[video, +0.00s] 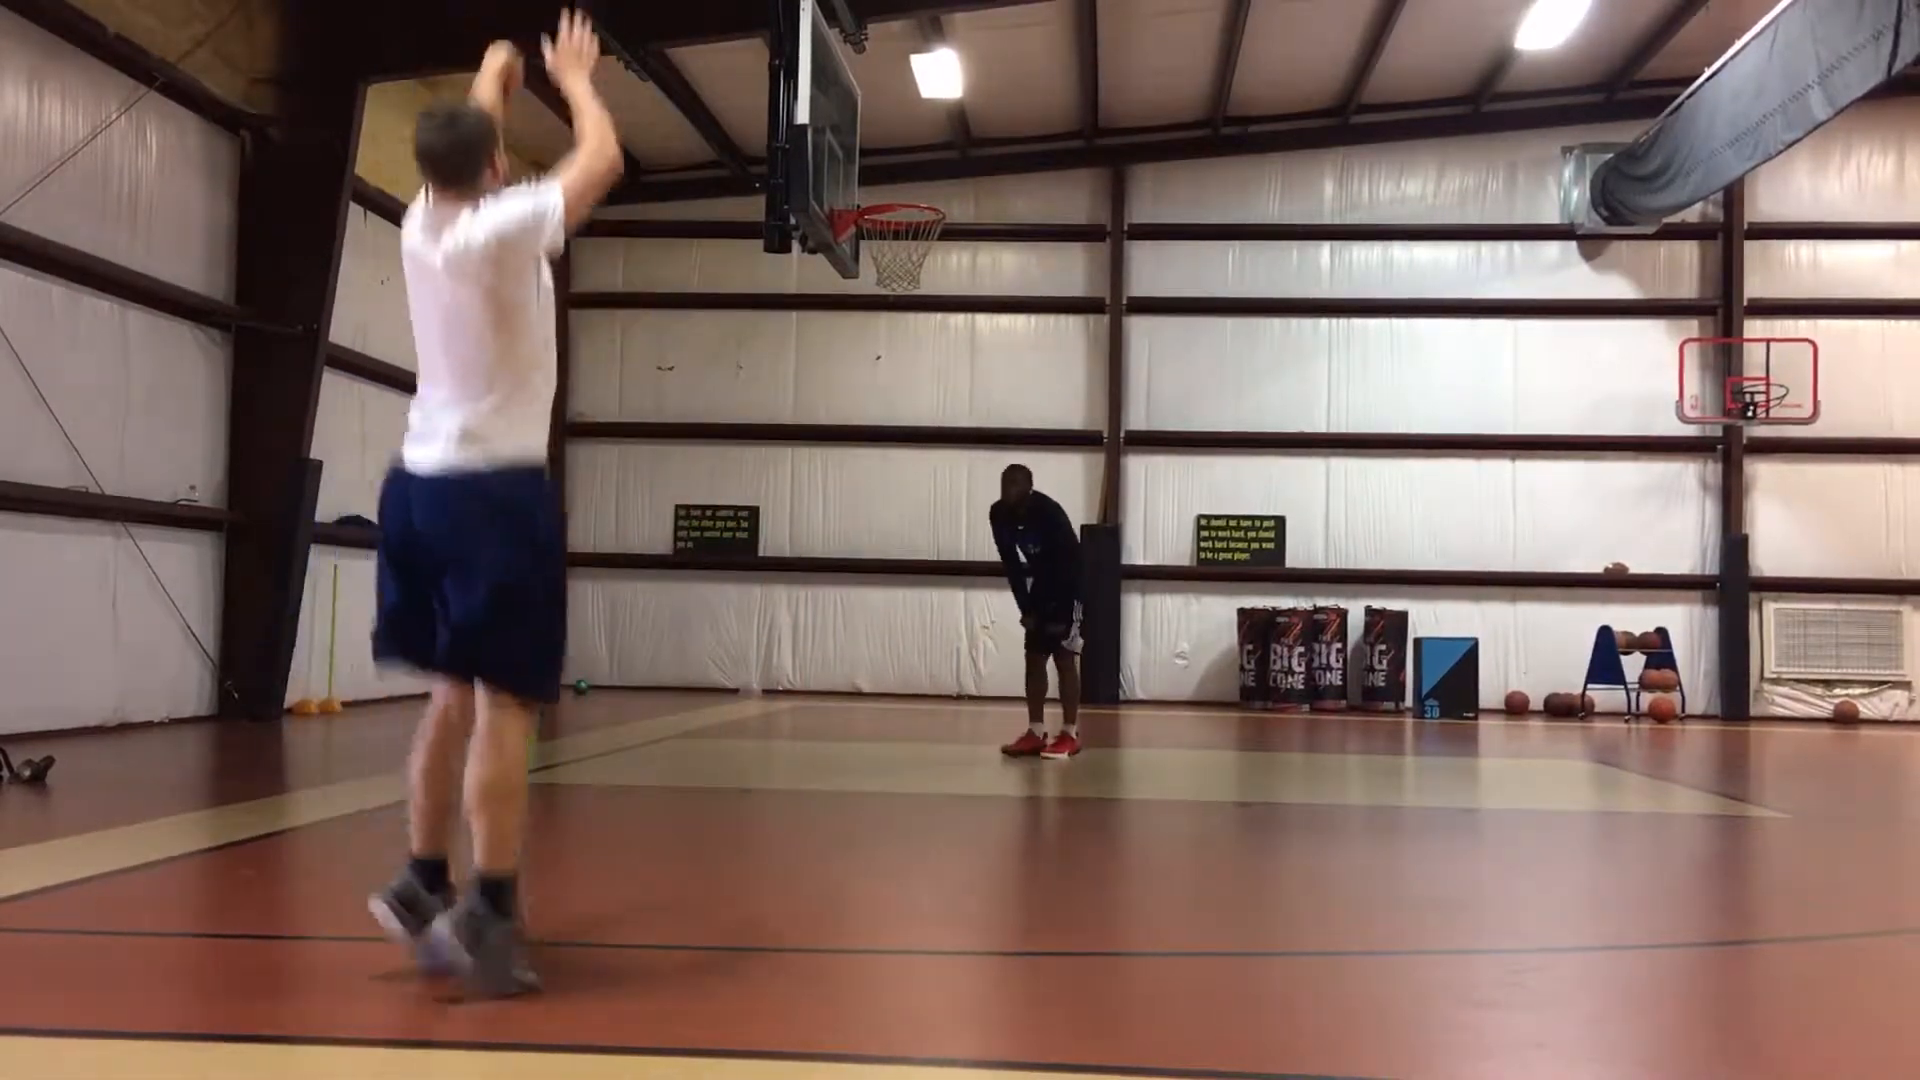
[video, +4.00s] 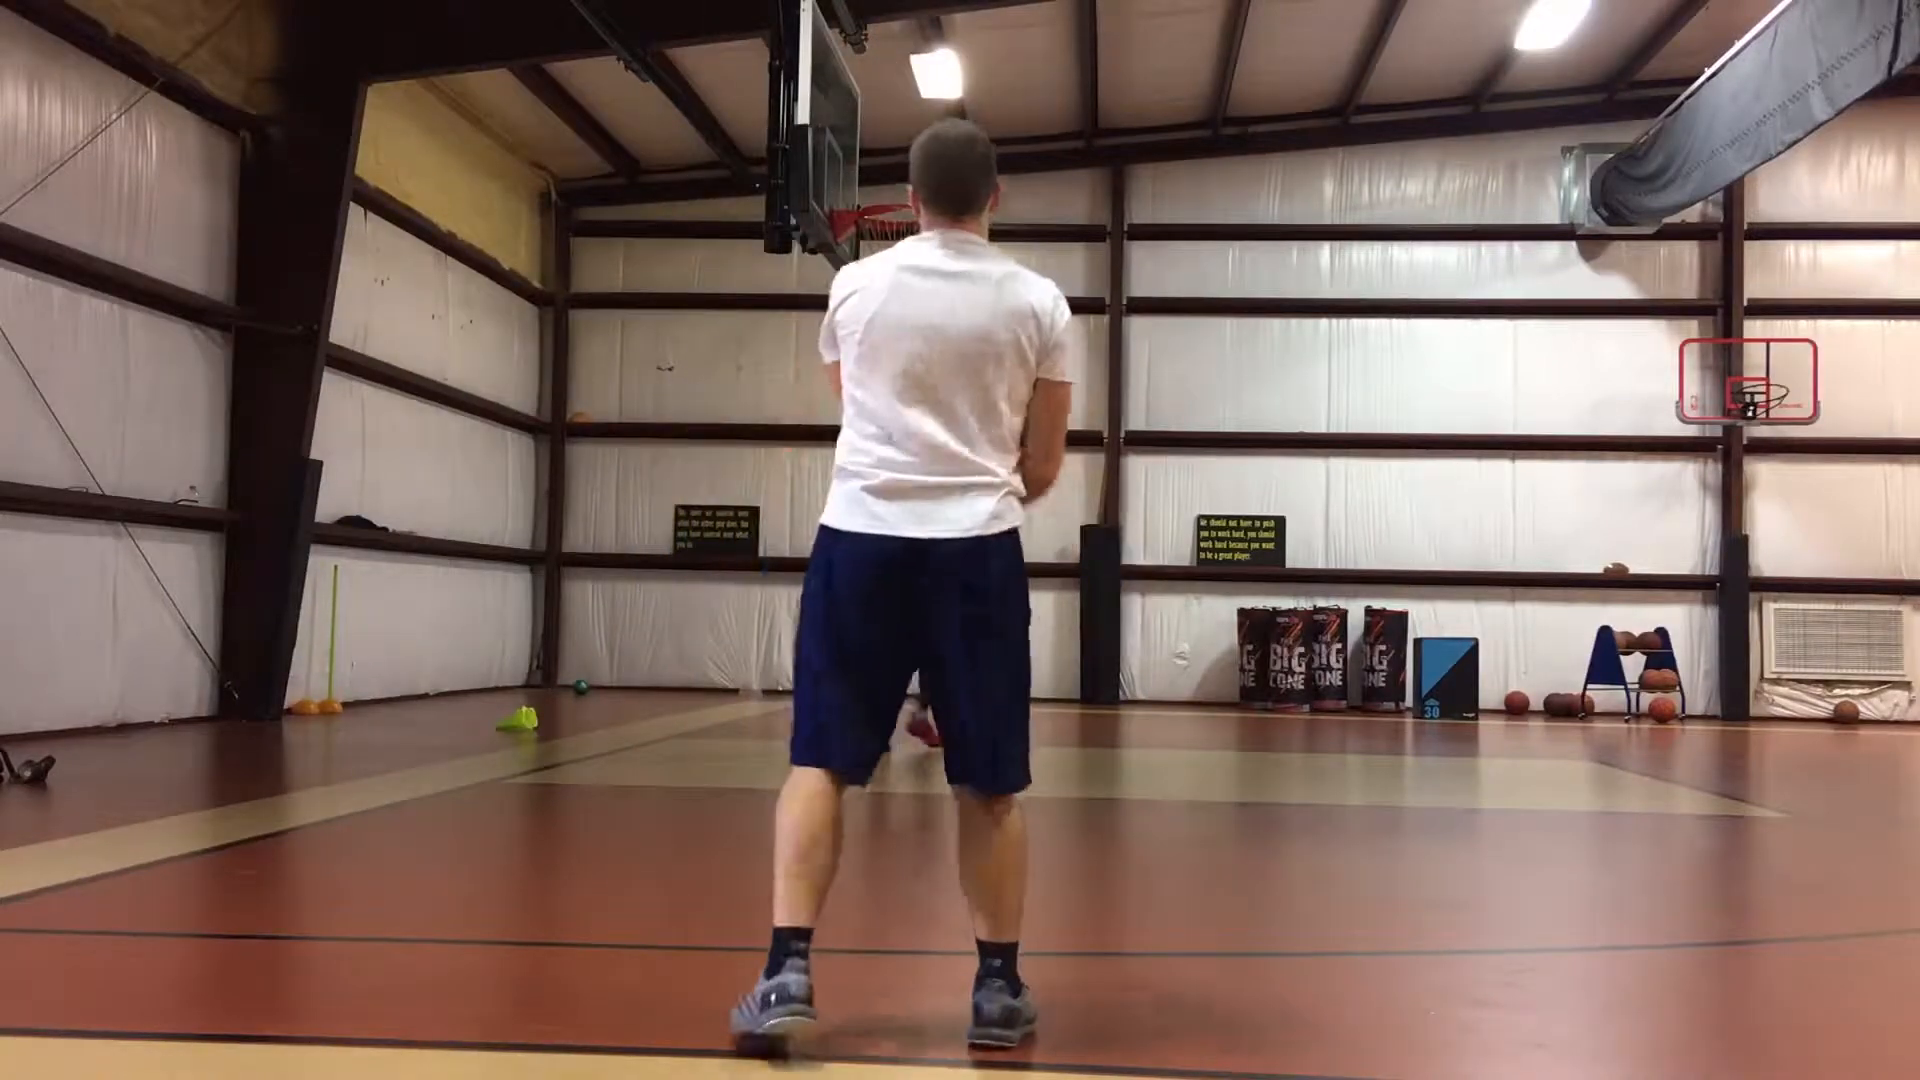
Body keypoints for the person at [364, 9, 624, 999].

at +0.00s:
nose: (502, 146)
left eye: (489, 138)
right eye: (497, 139)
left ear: (425, 163)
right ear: (494, 157)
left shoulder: (423, 223)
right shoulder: (513, 226)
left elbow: (466, 143)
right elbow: (602, 154)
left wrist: (493, 75)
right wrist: (579, 79)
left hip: (421, 488)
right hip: (501, 491)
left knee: (449, 693)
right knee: (503, 705)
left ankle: (422, 884)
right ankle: (488, 914)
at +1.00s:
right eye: (652, 187)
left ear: (567, 200)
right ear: (653, 196)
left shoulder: (521, 268)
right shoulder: (694, 295)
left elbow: (452, 266)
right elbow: (714, 430)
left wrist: (460, 194)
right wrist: (735, 571)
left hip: (525, 553)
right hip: (641, 565)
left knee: (519, 766)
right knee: (637, 773)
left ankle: (505, 976)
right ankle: (639, 966)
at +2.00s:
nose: (592, 200)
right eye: (595, 188)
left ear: (491, 173)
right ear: (582, 184)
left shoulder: (395, 253)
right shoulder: (597, 276)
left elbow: (308, 409)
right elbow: (650, 470)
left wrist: (376, 508)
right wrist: (681, 619)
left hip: (335, 544)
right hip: (490, 569)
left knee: (233, 784)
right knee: (505, 821)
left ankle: (76, 1018)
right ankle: (471, 1057)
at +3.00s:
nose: (848, 52)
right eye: (844, 41)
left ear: (757, 54)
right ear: (842, 49)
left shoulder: (736, 114)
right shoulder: (860, 111)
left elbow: (763, 53)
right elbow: (913, 32)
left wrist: (828, 33)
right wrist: (894, 5)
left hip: (728, 380)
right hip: (822, 380)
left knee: (743, 607)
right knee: (825, 616)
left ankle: (708, 820)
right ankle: (814, 836)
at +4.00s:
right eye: (995, 189)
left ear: (913, 195)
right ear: (997, 197)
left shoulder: (856, 285)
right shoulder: (1039, 302)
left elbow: (849, 407)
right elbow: (1042, 468)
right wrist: (969, 498)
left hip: (858, 552)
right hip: (978, 559)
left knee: (818, 756)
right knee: (991, 782)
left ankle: (788, 969)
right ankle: (997, 984)